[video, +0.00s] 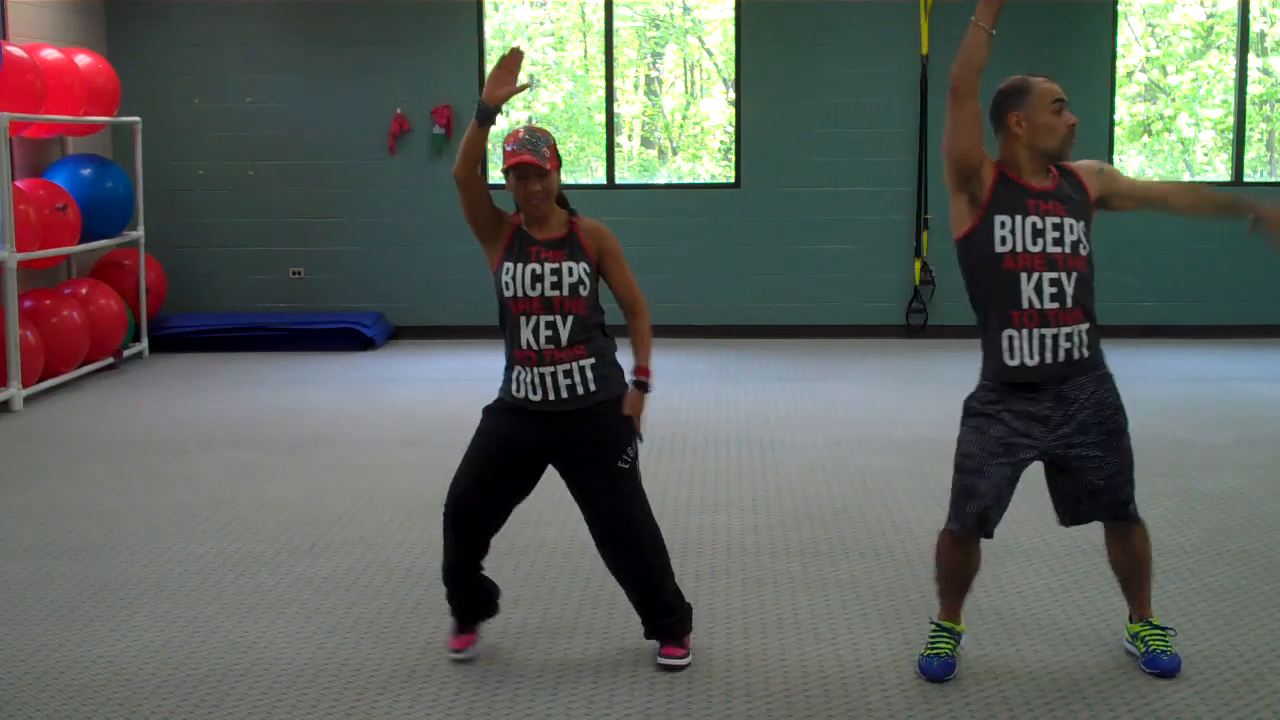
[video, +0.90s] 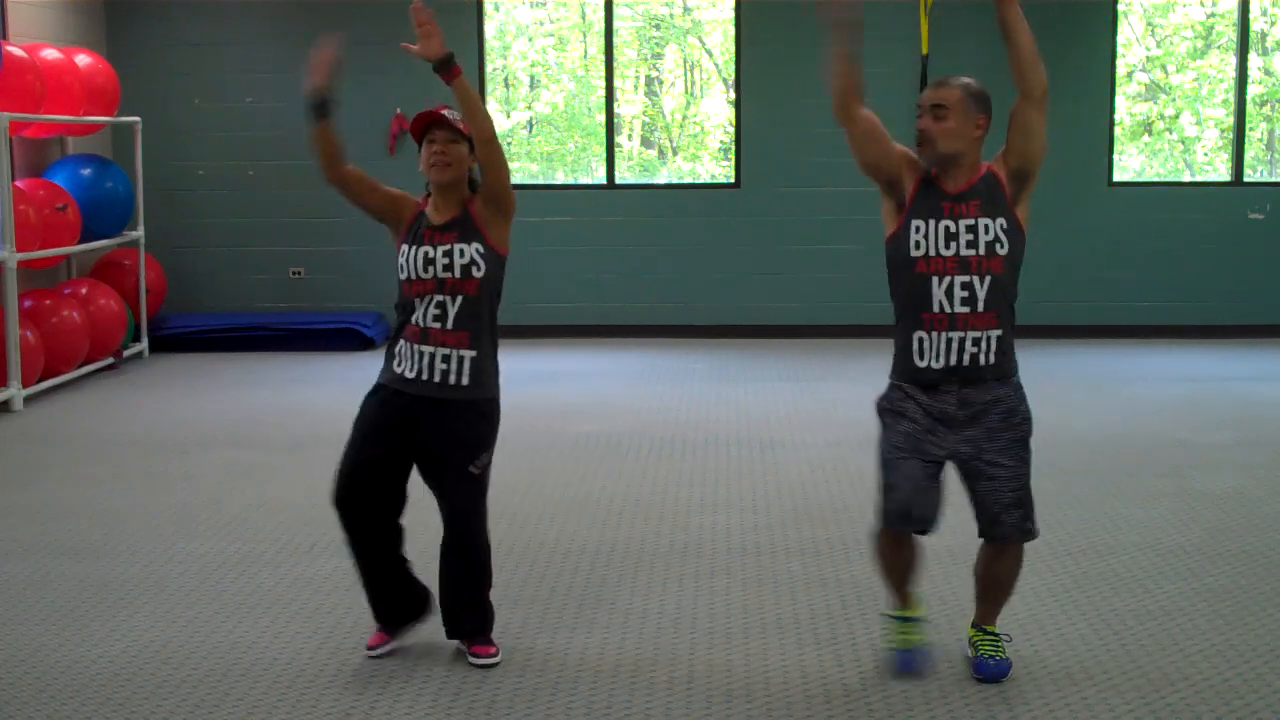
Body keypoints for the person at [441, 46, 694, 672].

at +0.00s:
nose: (527, 185)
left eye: (537, 173)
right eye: (518, 175)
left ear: (557, 176)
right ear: (506, 182)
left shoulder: (591, 237)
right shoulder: (500, 236)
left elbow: (636, 310)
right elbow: (467, 178)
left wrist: (640, 385)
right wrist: (487, 111)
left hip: (592, 408)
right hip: (519, 409)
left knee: (626, 526)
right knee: (463, 513)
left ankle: (670, 627)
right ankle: (467, 612)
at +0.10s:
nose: (525, 187)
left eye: (535, 176)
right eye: (516, 178)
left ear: (554, 179)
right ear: (505, 184)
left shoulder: (585, 241)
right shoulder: (495, 238)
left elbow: (636, 309)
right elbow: (456, 185)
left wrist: (628, 368)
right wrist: (477, 122)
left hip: (586, 413)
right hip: (514, 417)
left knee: (625, 527)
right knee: (474, 524)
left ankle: (670, 627)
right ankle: (441, 619)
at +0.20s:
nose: (510, 185)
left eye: (520, 175)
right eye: (500, 176)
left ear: (541, 181)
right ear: (489, 183)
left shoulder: (567, 238)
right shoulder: (478, 237)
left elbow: (620, 294)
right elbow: (438, 190)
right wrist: (468, 129)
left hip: (565, 413)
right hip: (495, 417)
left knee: (615, 526)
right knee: (470, 531)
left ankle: (668, 628)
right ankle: (440, 626)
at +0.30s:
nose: (486, 162)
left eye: (498, 152)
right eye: (478, 155)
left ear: (524, 168)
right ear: (471, 168)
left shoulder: (543, 225)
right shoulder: (460, 226)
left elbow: (579, 235)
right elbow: (420, 180)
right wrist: (457, 115)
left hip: (535, 407)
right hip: (465, 408)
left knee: (583, 521)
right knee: (448, 524)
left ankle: (646, 631)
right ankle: (440, 627)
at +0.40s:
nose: (473, 152)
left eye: (484, 144)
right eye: (464, 145)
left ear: (509, 158)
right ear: (456, 160)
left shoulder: (529, 218)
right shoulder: (443, 216)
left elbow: (543, 173)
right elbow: (407, 167)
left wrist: (508, 106)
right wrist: (446, 104)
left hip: (515, 398)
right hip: (445, 398)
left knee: (550, 505)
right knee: (435, 518)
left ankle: (561, 615)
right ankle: (438, 626)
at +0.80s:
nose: (442, 152)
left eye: (454, 143)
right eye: (433, 145)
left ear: (476, 157)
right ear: (424, 161)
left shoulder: (495, 219)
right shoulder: (413, 217)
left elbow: (493, 142)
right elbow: (368, 160)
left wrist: (462, 68)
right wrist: (387, 86)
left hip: (463, 401)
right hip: (400, 395)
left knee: (457, 520)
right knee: (389, 514)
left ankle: (474, 629)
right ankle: (414, 625)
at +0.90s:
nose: (438, 151)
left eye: (450, 143)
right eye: (430, 145)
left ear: (471, 158)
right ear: (418, 160)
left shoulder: (490, 215)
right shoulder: (406, 215)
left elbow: (487, 140)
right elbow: (338, 172)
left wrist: (447, 64)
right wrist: (319, 100)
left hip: (465, 401)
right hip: (398, 393)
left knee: (466, 520)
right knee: (356, 499)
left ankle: (474, 629)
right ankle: (401, 608)